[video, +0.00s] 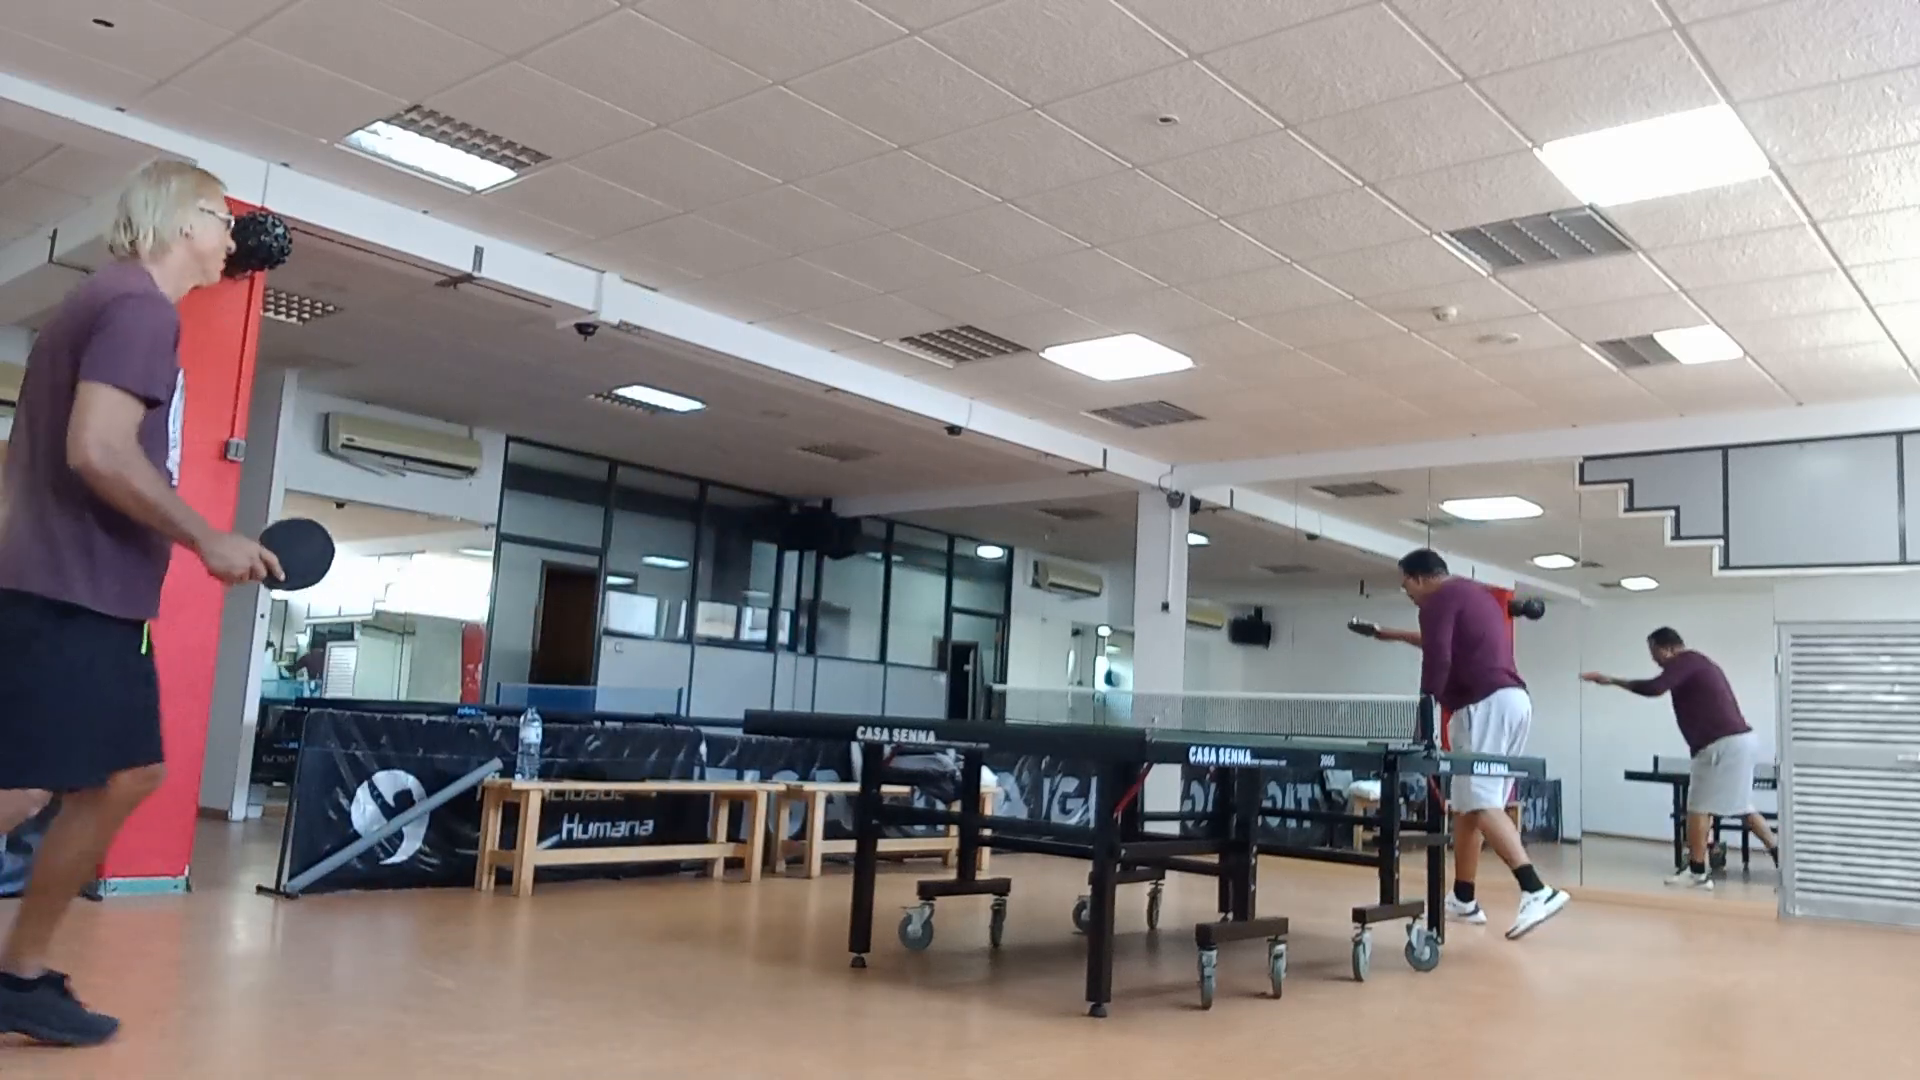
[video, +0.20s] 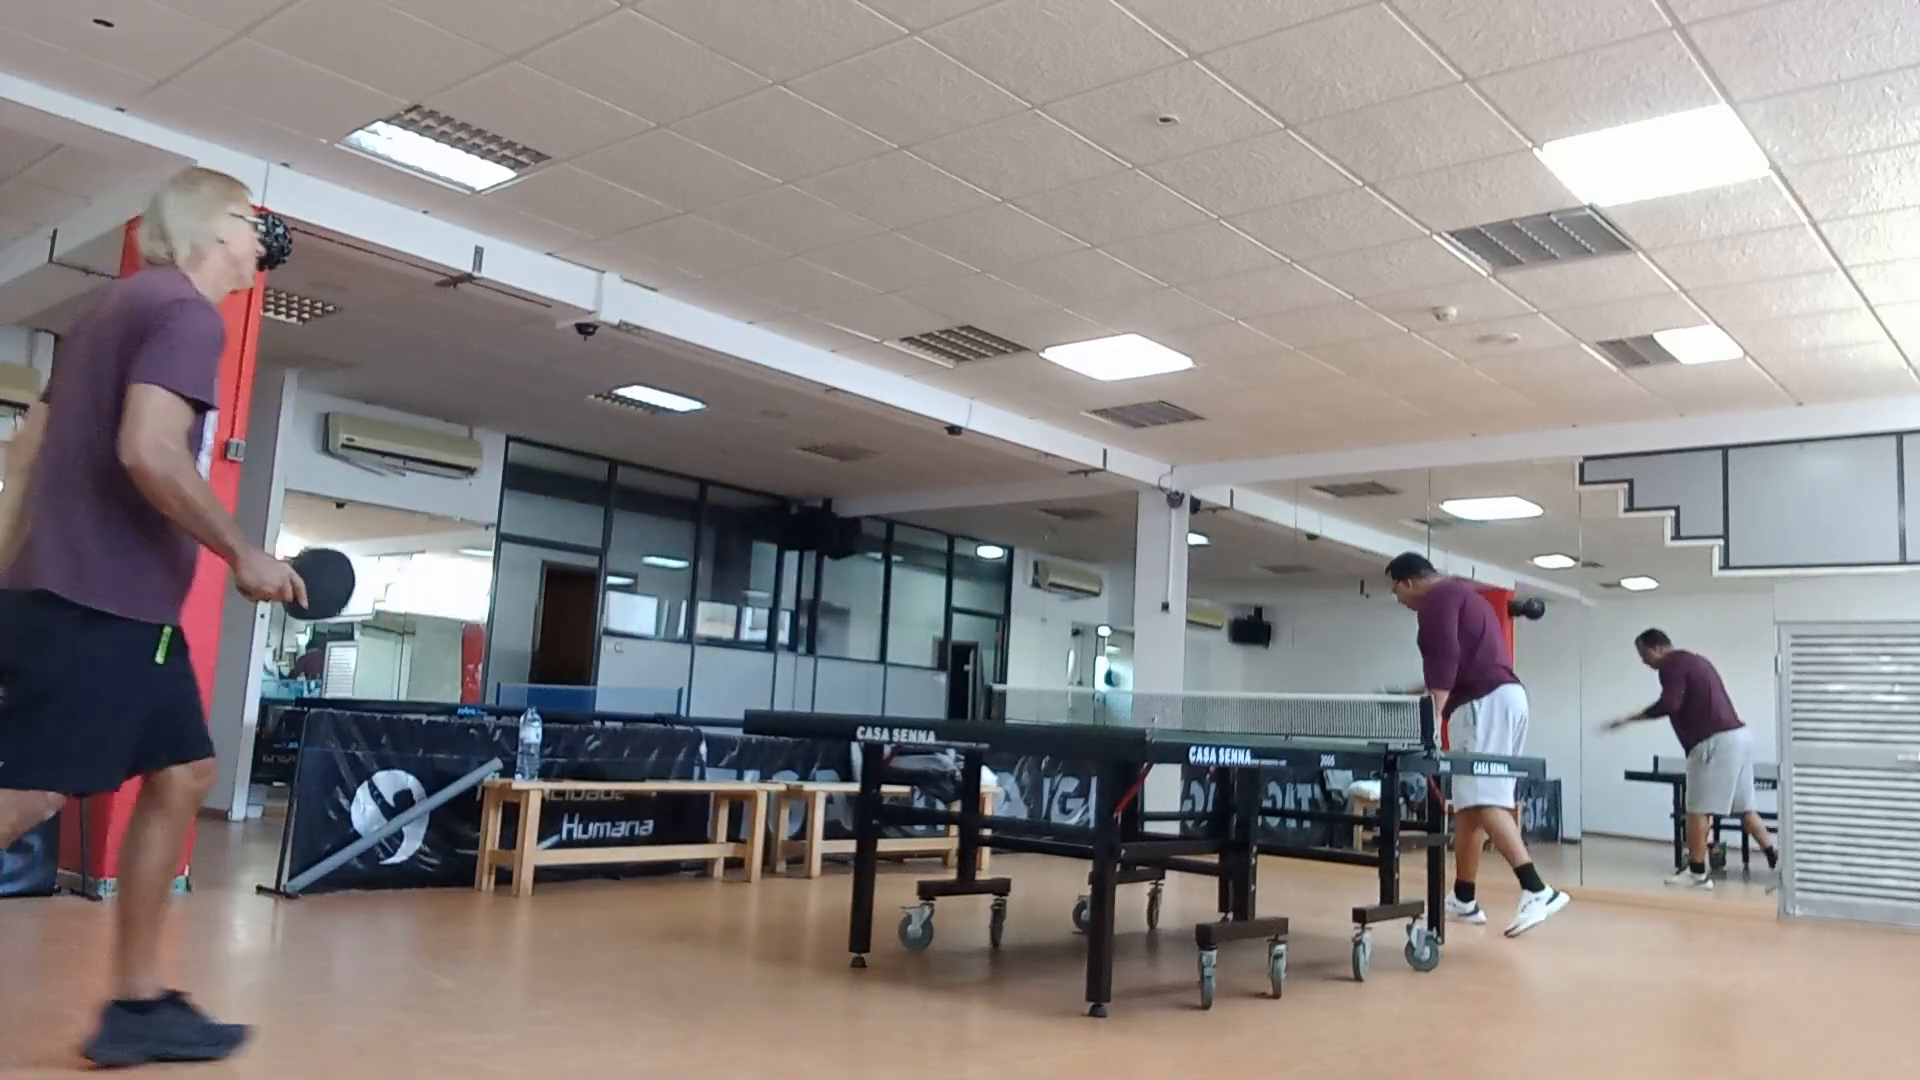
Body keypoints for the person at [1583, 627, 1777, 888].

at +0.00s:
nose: (1655, 660)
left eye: (1655, 654)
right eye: (1653, 655)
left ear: (1665, 648)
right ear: (1677, 645)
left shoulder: (1684, 662)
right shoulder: (1702, 661)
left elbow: (1654, 688)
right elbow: (1720, 704)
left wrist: (1611, 681)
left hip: (1718, 746)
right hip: (1742, 741)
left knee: (1697, 809)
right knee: (1744, 806)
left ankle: (1698, 873)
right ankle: (1778, 853)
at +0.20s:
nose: (1644, 663)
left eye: (1644, 656)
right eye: (1642, 657)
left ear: (1655, 648)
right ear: (1663, 645)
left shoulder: (1672, 664)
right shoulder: (1695, 660)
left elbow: (1670, 704)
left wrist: (1633, 717)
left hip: (1713, 743)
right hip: (1739, 736)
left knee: (1696, 809)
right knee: (1745, 808)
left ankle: (1697, 871)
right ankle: (1773, 856)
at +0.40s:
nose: (1645, 663)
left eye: (1643, 657)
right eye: (1642, 659)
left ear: (1651, 649)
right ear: (1664, 644)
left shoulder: (1667, 665)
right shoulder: (1697, 659)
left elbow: (1671, 710)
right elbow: (1713, 699)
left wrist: (1645, 746)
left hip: (1711, 740)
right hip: (1739, 734)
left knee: (1697, 810)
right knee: (1746, 806)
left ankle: (1697, 872)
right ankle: (1774, 857)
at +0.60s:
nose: (1654, 660)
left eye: (1652, 655)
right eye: (1652, 656)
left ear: (1656, 649)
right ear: (1676, 643)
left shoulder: (1666, 669)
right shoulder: (1708, 658)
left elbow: (1665, 715)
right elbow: (1735, 702)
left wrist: (1646, 752)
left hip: (1712, 740)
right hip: (1743, 734)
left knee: (1700, 811)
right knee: (1752, 806)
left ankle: (1698, 872)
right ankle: (1777, 858)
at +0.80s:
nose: (1672, 651)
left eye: (1671, 647)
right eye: (1673, 647)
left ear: (1672, 645)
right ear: (1696, 638)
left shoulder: (1673, 673)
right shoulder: (1730, 658)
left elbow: (1663, 719)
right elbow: (1758, 697)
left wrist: (1647, 754)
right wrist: (1753, 730)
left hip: (1718, 741)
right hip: (1753, 738)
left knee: (1706, 811)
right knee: (1757, 806)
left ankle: (1698, 872)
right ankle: (1777, 864)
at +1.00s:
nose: (1705, 646)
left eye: (1701, 642)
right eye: (1712, 641)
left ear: (1698, 643)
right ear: (1723, 638)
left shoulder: (1693, 671)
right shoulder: (1754, 661)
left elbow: (1676, 703)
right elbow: (1780, 699)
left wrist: (1656, 708)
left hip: (1730, 743)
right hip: (1766, 742)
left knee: (1713, 813)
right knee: (1769, 814)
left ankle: (1697, 872)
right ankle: (1773, 878)